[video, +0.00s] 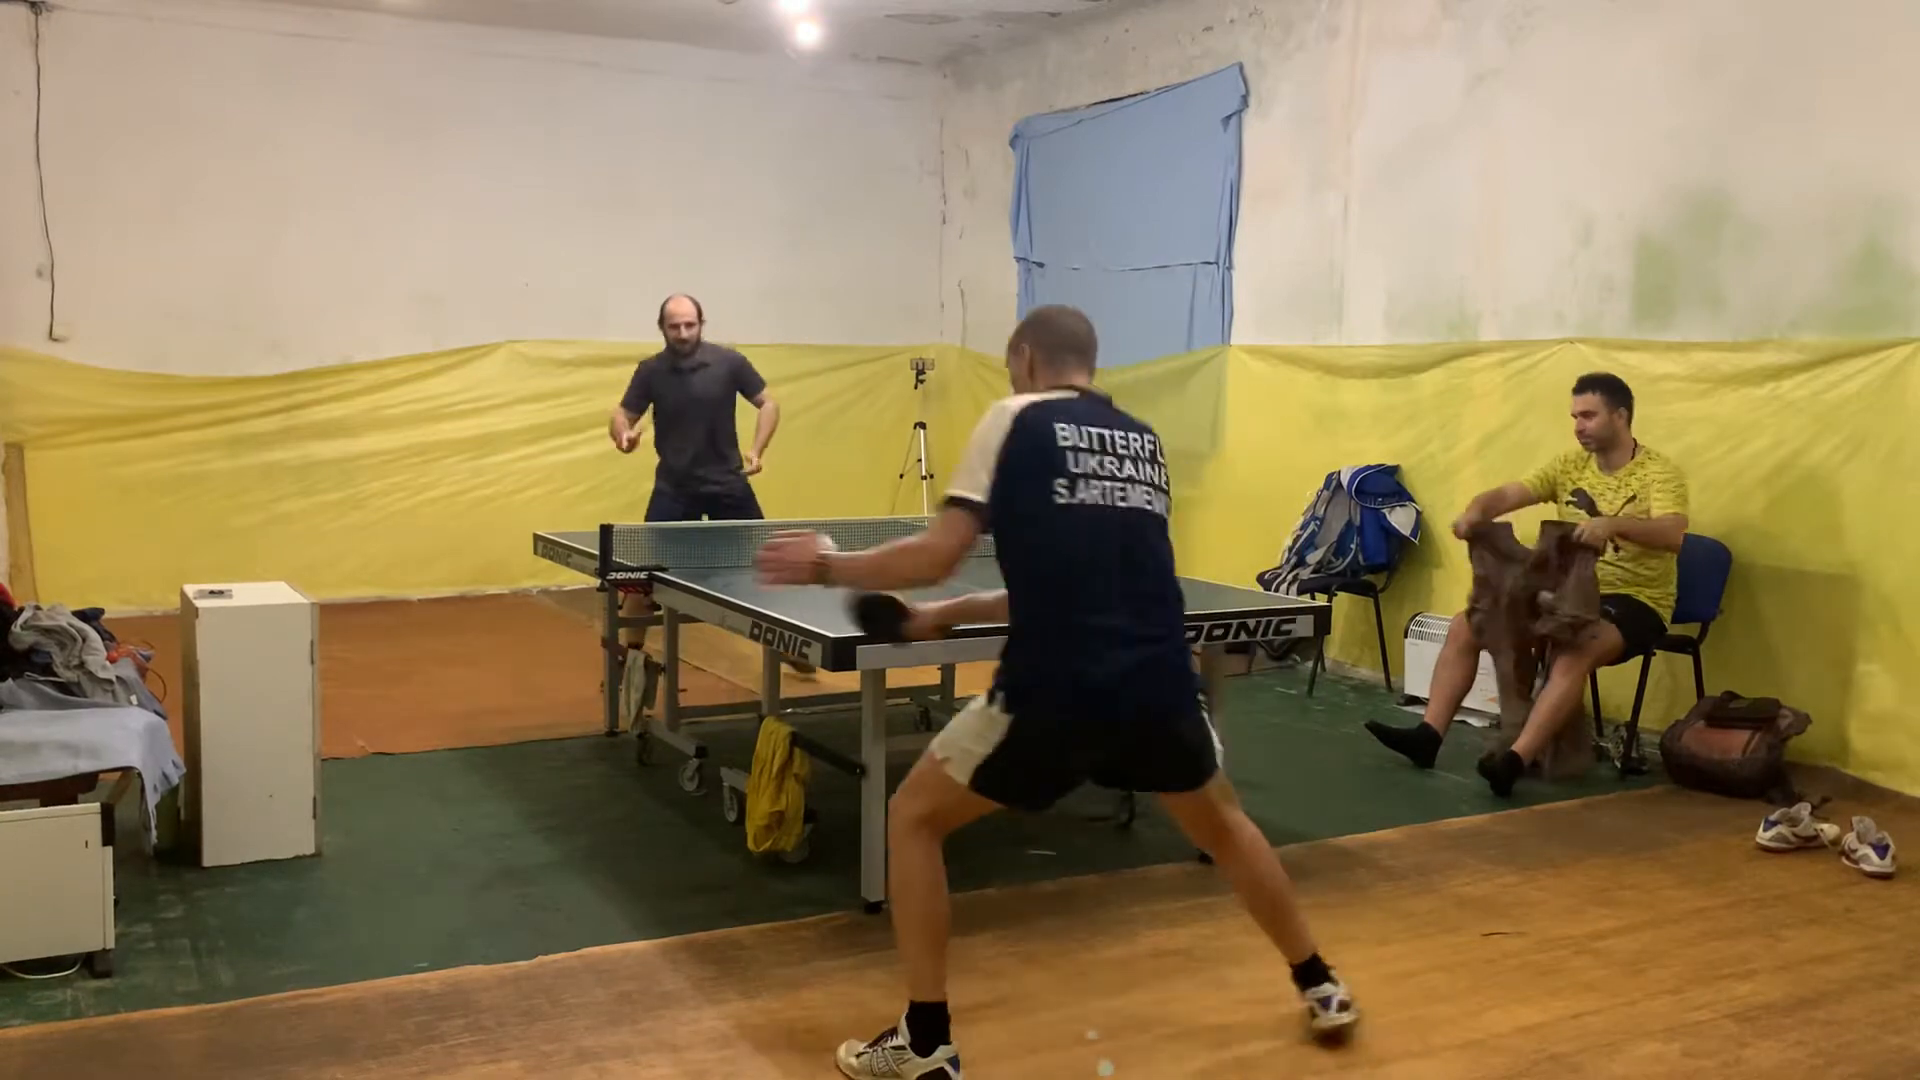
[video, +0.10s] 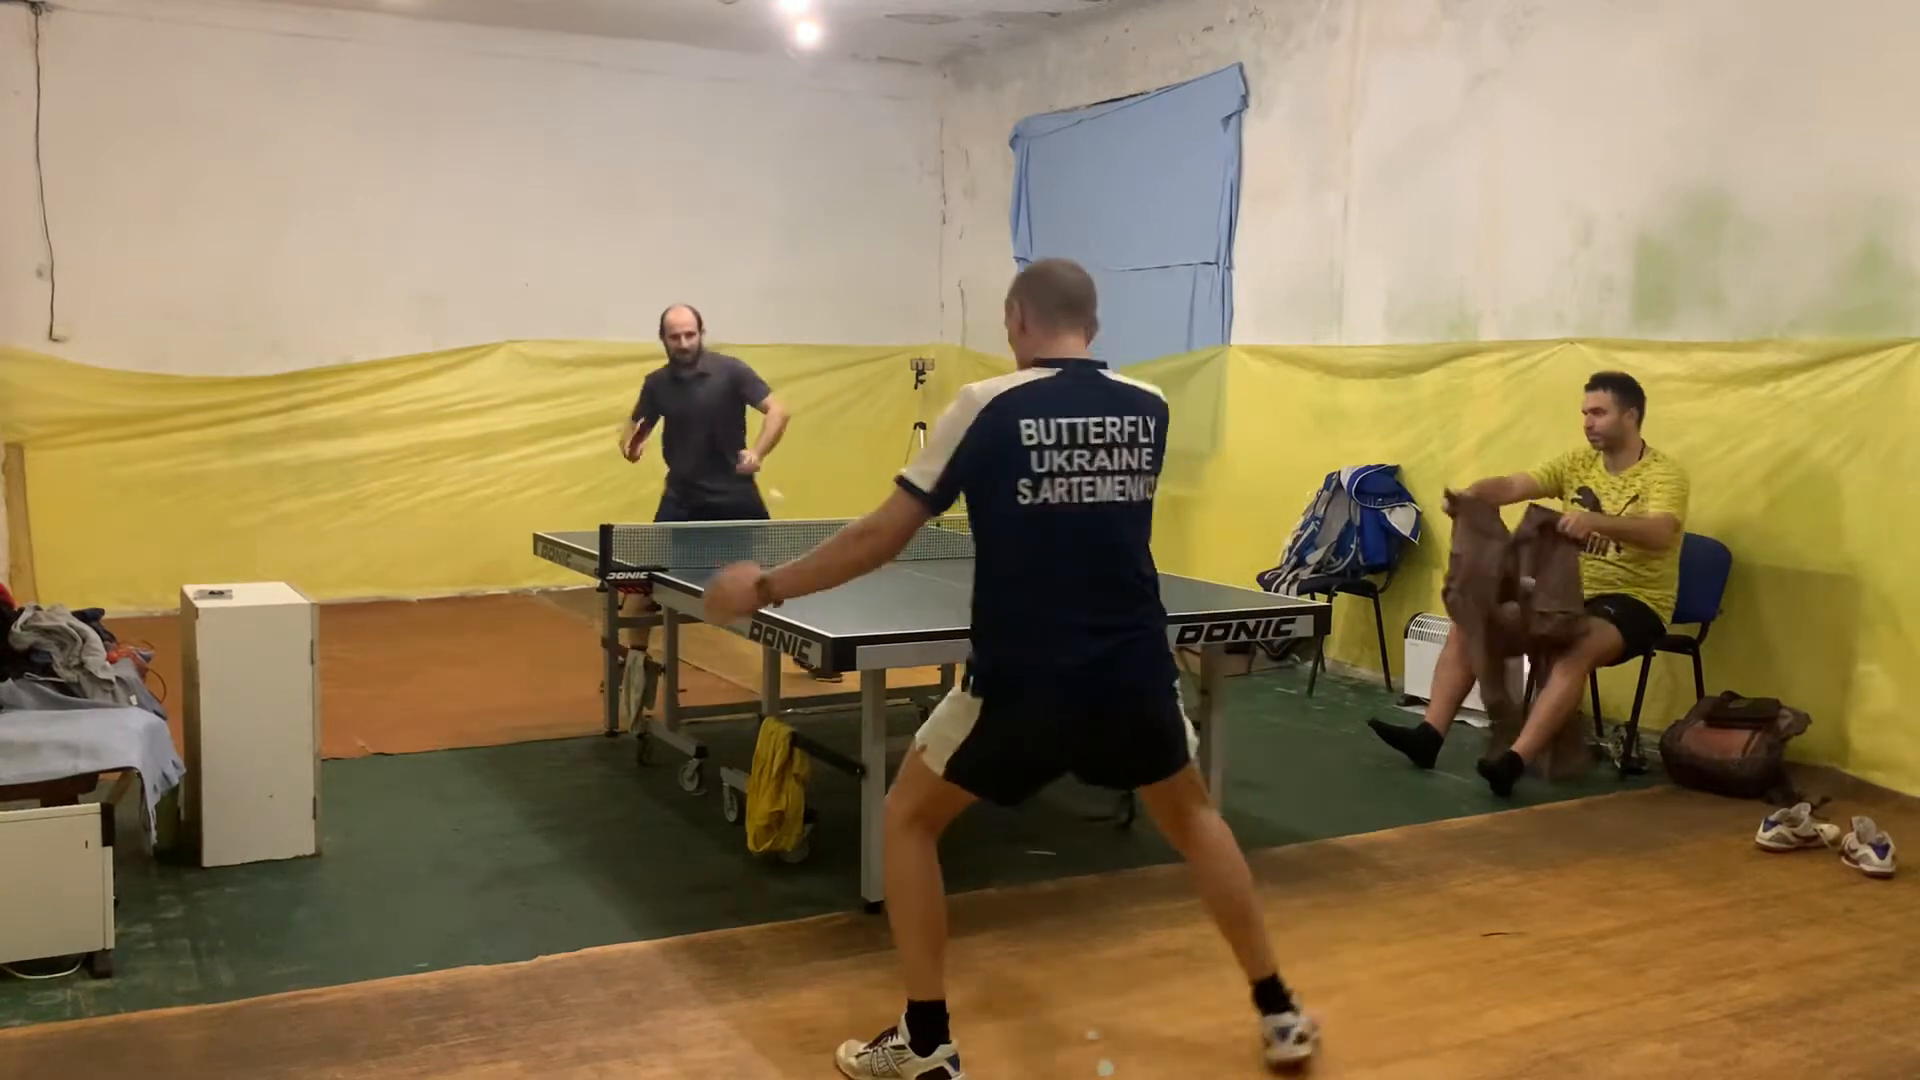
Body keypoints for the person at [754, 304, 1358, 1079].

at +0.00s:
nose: (1008, 377)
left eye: (1008, 367)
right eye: (1011, 369)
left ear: (1023, 362)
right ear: (1091, 367)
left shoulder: (1013, 417)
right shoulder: (1141, 437)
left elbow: (938, 552)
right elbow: (1083, 589)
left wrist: (830, 566)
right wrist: (942, 613)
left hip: (1050, 695)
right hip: (1160, 692)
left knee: (914, 819)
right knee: (1226, 829)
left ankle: (924, 1037)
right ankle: (1320, 983)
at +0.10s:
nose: (1004, 333)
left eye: (1004, 322)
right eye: (1009, 322)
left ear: (1016, 322)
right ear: (1097, 329)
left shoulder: (983, 407)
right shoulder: (1149, 408)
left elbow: (882, 536)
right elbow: (1102, 500)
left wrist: (766, 585)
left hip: (1019, 685)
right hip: (1134, 680)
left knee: (909, 819)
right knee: (1193, 817)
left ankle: (925, 1037)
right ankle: (1278, 1007)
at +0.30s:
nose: (1037, 297)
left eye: (1039, 286)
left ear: (1044, 296)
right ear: (1126, 304)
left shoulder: (999, 404)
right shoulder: (1167, 405)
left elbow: (923, 548)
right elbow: (1191, 414)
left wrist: (823, 631)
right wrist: (1186, 365)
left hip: (1020, 678)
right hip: (1134, 678)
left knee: (919, 818)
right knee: (1166, 838)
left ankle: (925, 1035)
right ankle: (1226, 1019)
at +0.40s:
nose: (1062, 306)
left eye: (1064, 294)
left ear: (1071, 302)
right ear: (1154, 310)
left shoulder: (1040, 412)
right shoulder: (1196, 413)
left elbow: (989, 567)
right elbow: (1211, 436)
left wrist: (888, 657)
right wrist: (1190, 369)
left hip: (1058, 688)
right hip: (1170, 689)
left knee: (931, 816)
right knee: (1166, 879)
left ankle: (925, 1039)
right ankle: (1218, 1071)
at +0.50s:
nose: (1078, 322)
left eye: (1081, 310)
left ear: (1086, 318)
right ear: (1174, 329)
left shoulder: (1066, 428)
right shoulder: (1222, 424)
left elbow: (1029, 597)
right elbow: (1241, 502)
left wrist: (932, 684)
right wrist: (1196, 399)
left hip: (1087, 709)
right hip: (1205, 711)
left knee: (950, 820)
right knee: (1183, 909)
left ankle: (948, 1045)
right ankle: (1218, 1075)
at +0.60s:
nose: (1087, 321)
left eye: (1088, 308)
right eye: (1092, 308)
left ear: (1097, 317)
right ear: (1180, 325)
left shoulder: (1071, 419)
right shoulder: (1231, 417)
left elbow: (1040, 585)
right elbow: (1262, 533)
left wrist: (956, 682)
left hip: (1104, 703)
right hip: (1216, 702)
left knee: (985, 844)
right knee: (1202, 903)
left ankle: (1006, 1056)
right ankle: (1232, 1075)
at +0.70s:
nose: (1093, 323)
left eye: (1095, 312)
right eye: (1106, 311)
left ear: (1104, 318)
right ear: (1186, 328)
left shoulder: (1074, 409)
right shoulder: (1240, 419)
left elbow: (1039, 570)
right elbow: (1276, 549)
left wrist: (967, 669)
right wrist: (1186, 534)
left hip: (1115, 694)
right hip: (1232, 692)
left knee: (1016, 862)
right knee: (1245, 856)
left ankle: (1019, 1071)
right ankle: (1292, 1049)